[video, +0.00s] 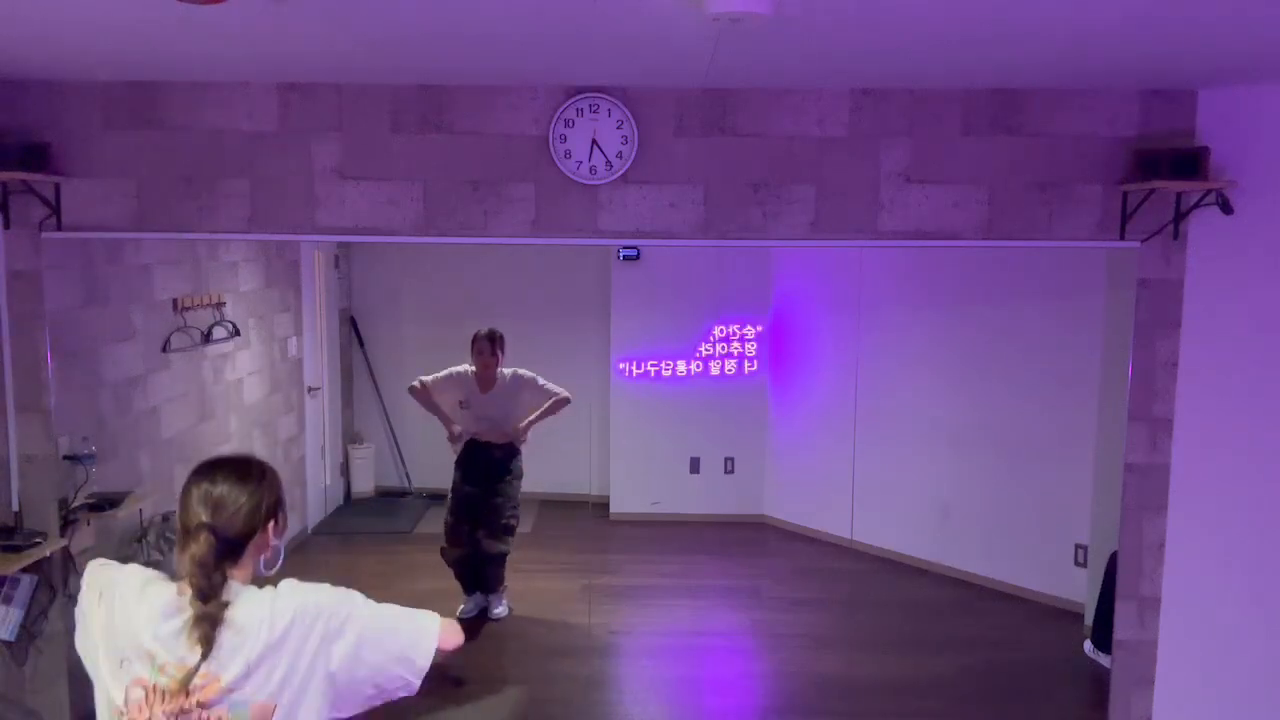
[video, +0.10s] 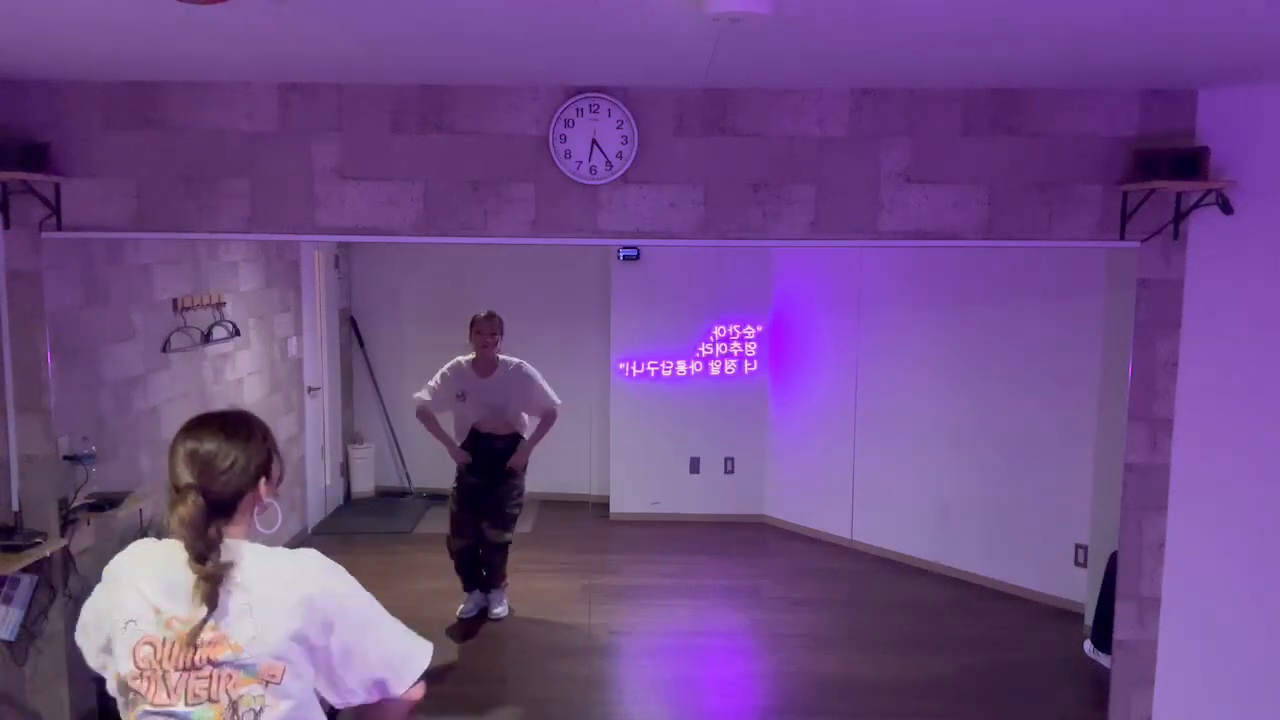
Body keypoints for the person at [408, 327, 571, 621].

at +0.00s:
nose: (485, 360)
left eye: (490, 354)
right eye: (479, 354)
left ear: (501, 356)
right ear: (472, 356)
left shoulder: (518, 380)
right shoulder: (460, 377)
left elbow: (562, 398)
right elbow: (417, 388)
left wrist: (526, 424)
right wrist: (448, 424)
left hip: (504, 458)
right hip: (470, 457)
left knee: (498, 529)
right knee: (457, 531)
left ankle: (495, 594)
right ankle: (473, 594)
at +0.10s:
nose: (487, 340)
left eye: (493, 335)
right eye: (480, 334)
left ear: (501, 338)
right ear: (471, 337)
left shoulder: (518, 372)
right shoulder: (457, 370)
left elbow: (551, 411)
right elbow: (422, 406)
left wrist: (525, 450)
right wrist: (452, 447)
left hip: (508, 455)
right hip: (472, 454)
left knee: (497, 529)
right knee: (461, 530)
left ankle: (496, 591)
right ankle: (473, 593)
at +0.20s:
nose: (484, 337)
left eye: (490, 332)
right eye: (477, 332)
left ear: (498, 337)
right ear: (468, 337)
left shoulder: (516, 372)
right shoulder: (455, 377)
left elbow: (530, 425)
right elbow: (442, 428)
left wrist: (523, 468)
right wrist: (452, 472)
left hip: (514, 449)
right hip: (477, 451)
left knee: (517, 528)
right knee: (465, 530)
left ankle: (501, 581)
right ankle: (475, 592)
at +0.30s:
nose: (479, 348)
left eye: (486, 343)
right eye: (473, 342)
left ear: (494, 348)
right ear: (464, 347)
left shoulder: (511, 376)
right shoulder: (454, 392)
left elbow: (517, 429)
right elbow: (456, 447)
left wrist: (512, 475)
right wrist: (454, 487)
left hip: (522, 452)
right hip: (486, 458)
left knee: (556, 529)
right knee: (465, 538)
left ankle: (515, 574)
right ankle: (477, 594)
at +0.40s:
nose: (477, 358)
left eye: (483, 353)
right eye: (472, 352)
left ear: (494, 356)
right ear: (465, 357)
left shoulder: (511, 377)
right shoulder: (461, 401)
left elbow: (516, 429)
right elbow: (462, 453)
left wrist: (499, 476)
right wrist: (447, 485)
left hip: (531, 462)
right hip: (496, 468)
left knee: (592, 524)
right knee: (478, 531)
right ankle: (477, 597)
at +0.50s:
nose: (488, 362)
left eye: (493, 355)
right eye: (482, 356)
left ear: (506, 357)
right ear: (476, 360)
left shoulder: (524, 372)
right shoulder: (478, 404)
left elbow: (520, 416)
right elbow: (466, 455)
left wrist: (489, 458)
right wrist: (435, 483)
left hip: (553, 468)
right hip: (517, 474)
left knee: (615, 523)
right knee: (497, 534)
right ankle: (479, 597)